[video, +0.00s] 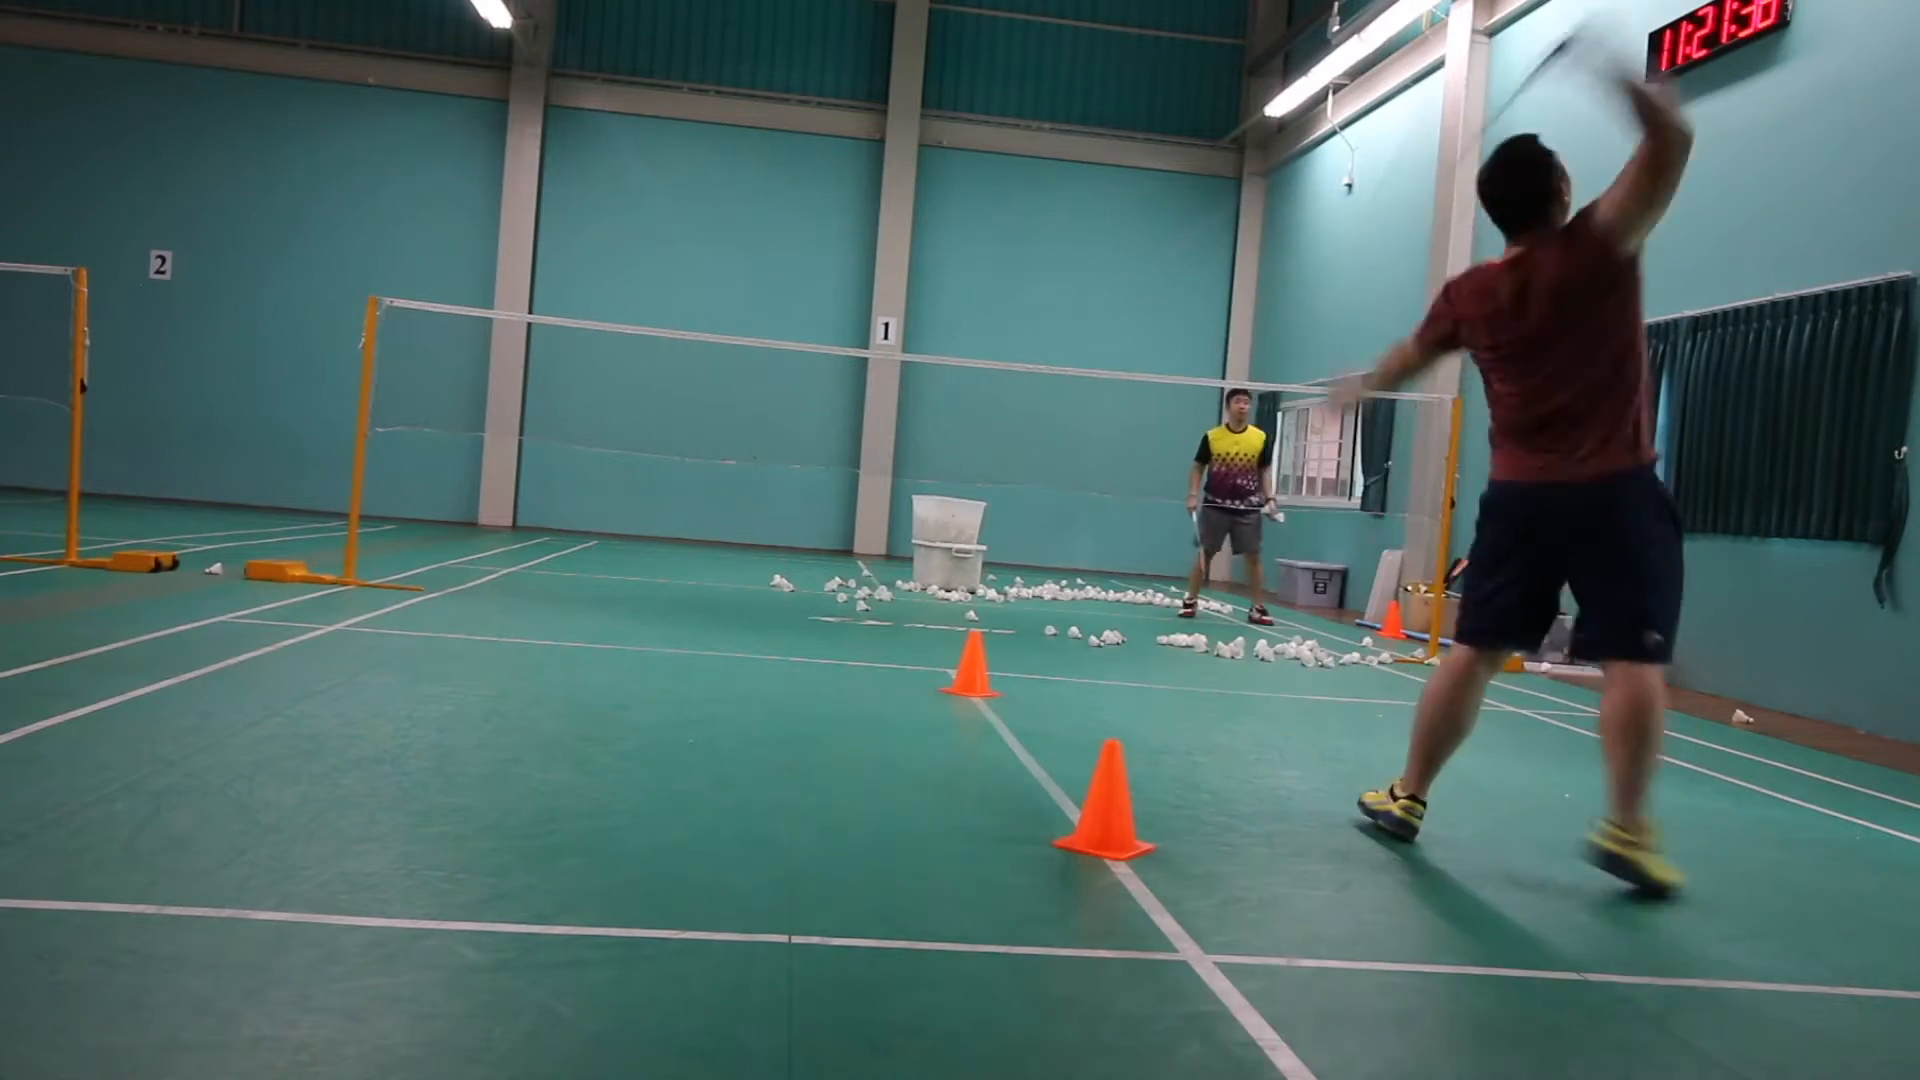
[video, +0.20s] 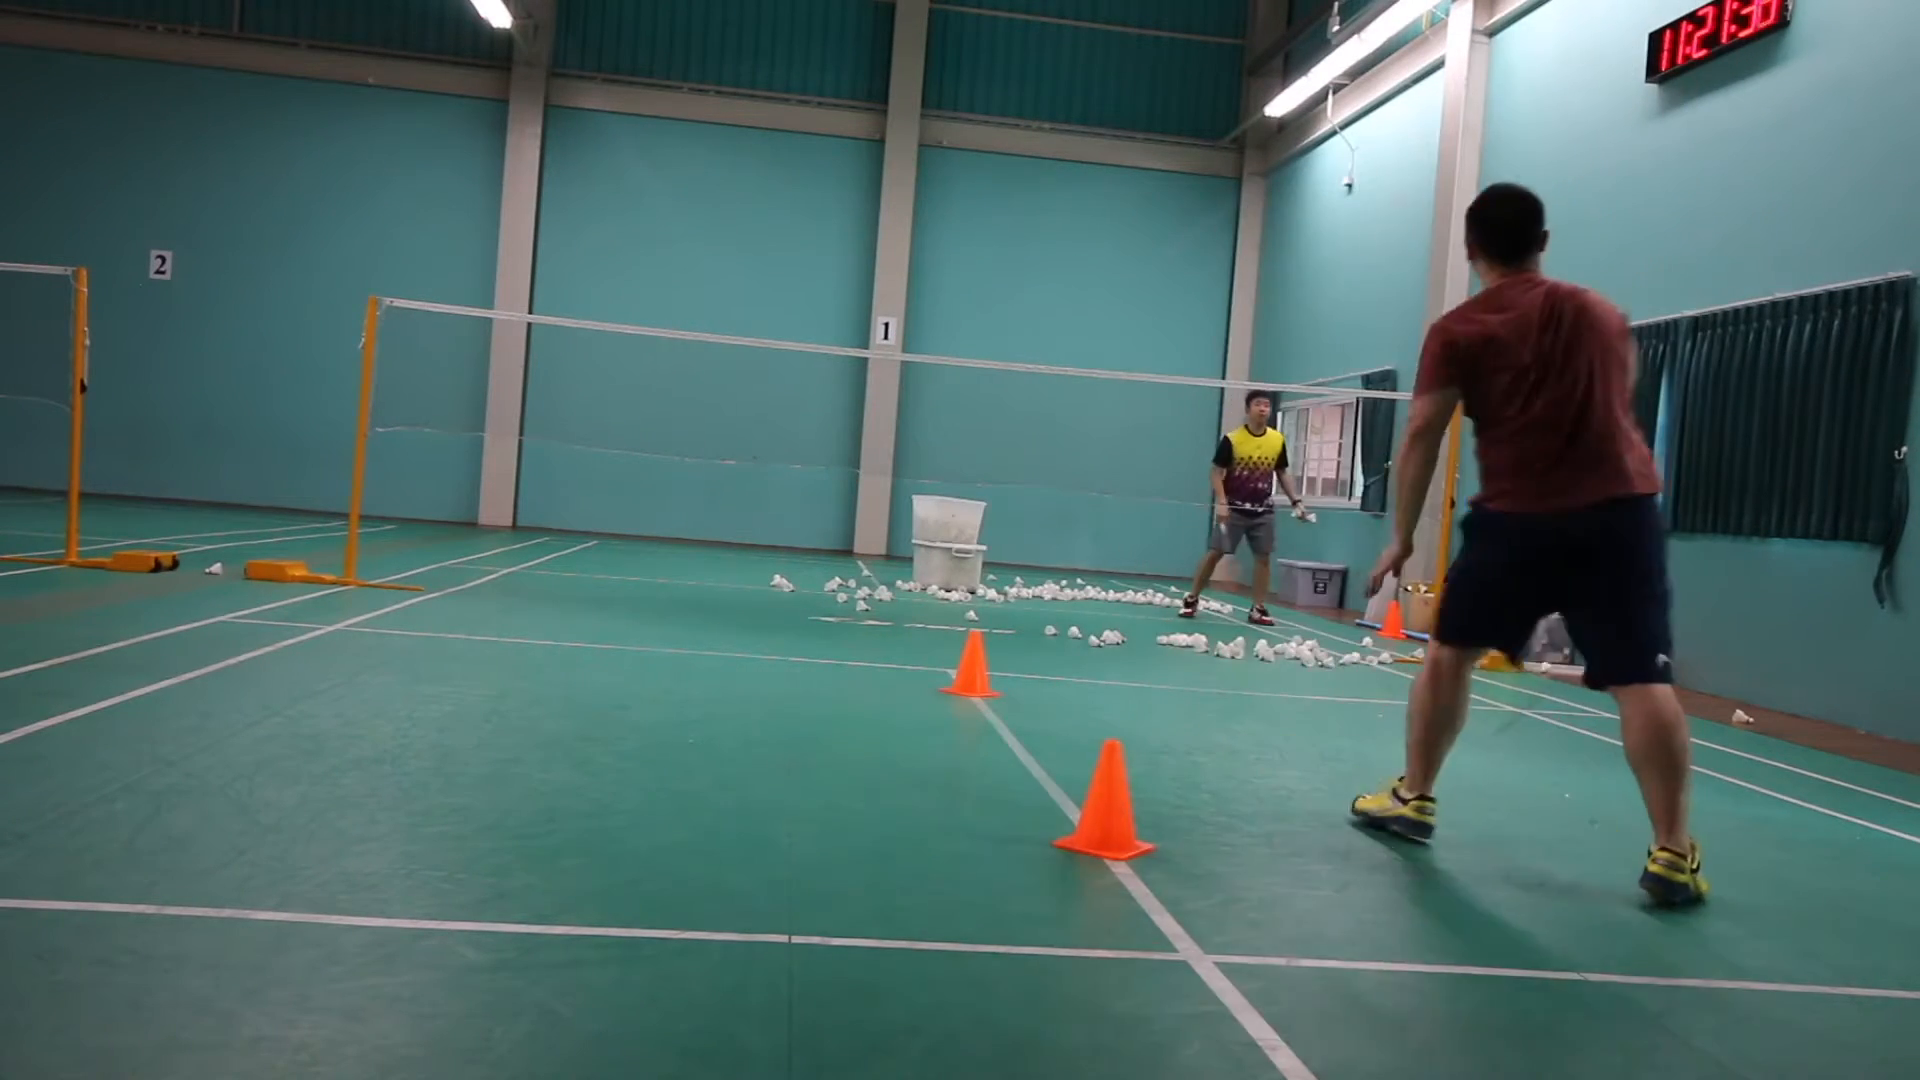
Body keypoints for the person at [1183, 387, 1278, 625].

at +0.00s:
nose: (1242, 407)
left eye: (1246, 403)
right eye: (1238, 402)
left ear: (1250, 408)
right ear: (1228, 406)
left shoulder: (1261, 438)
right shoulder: (1212, 437)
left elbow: (1265, 470)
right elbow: (1198, 467)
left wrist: (1269, 497)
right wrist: (1193, 494)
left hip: (1248, 509)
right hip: (1216, 506)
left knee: (1254, 558)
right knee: (1204, 555)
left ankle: (1258, 607)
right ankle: (1191, 600)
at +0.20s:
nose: (1264, 409)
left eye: (1267, 405)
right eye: (1258, 405)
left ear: (1270, 411)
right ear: (1248, 409)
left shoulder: (1277, 440)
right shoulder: (1231, 440)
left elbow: (1283, 472)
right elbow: (1217, 472)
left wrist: (1295, 500)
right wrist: (1221, 502)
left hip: (1263, 512)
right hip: (1233, 509)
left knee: (1263, 559)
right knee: (1215, 553)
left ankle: (1258, 607)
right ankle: (1192, 598)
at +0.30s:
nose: (1267, 413)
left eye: (1270, 409)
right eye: (1262, 408)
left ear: (1274, 413)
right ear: (1252, 412)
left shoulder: (1280, 441)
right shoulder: (1236, 442)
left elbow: (1285, 473)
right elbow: (1221, 475)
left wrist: (1298, 501)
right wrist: (1237, 496)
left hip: (1262, 510)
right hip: (1232, 507)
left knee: (1263, 558)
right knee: (1216, 551)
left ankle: (1258, 608)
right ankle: (1194, 596)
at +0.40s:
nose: (1266, 417)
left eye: (1270, 413)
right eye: (1261, 412)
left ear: (1273, 416)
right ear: (1251, 414)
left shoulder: (1276, 442)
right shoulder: (1235, 441)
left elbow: (1281, 473)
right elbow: (1215, 465)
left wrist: (1294, 498)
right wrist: (1236, 477)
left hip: (1259, 510)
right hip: (1229, 507)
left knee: (1261, 559)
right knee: (1214, 553)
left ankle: (1259, 607)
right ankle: (1194, 600)